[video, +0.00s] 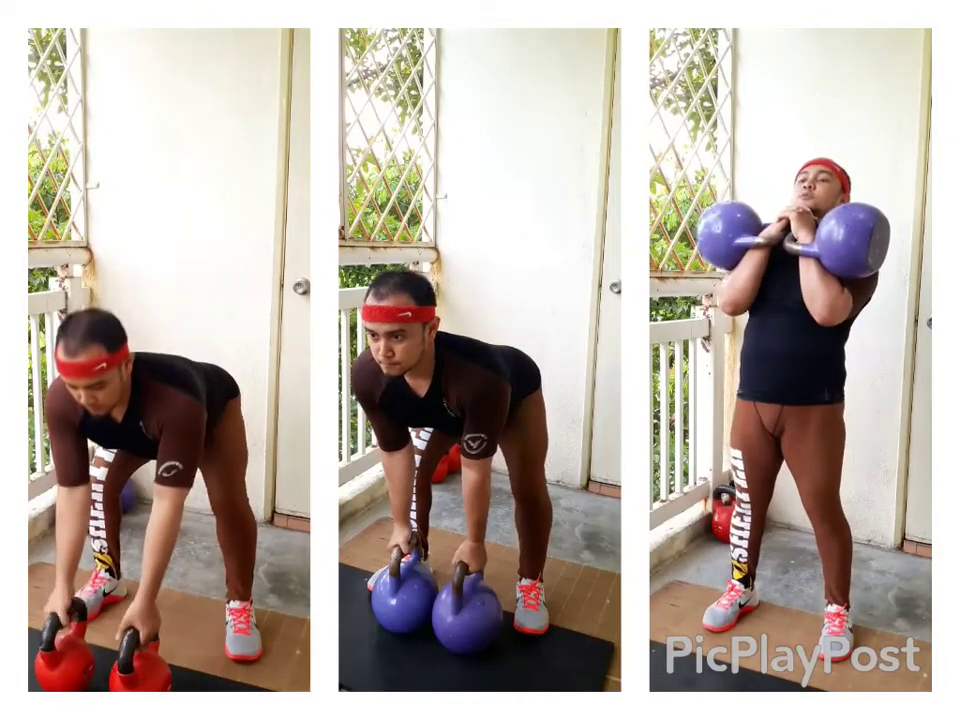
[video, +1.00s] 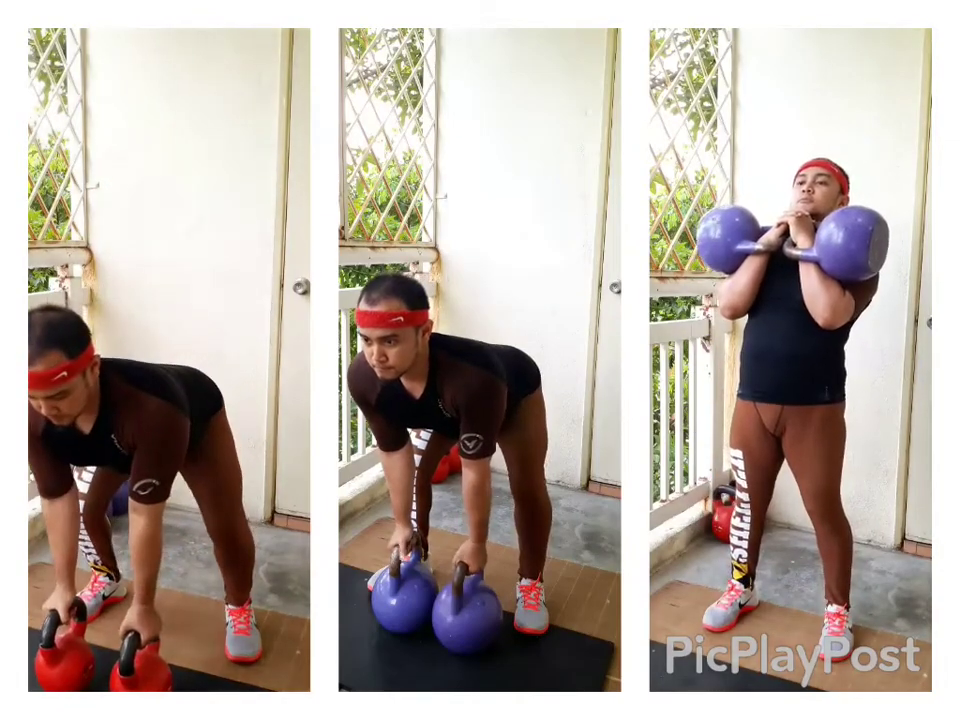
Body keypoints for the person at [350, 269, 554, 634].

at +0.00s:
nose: (383, 350)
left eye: (398, 337)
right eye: (373, 336)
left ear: (431, 330)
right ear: (365, 332)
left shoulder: (479, 381)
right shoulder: (368, 375)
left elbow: (475, 470)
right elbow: (395, 452)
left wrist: (475, 541)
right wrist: (400, 525)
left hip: (510, 388)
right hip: (449, 400)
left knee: (528, 488)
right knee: (418, 469)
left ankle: (530, 582)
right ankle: (414, 552)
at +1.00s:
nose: (377, 355)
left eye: (391, 342)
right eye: (367, 341)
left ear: (425, 332)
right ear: (359, 336)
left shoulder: (473, 381)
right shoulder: (363, 378)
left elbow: (475, 472)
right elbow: (394, 451)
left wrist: (476, 541)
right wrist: (402, 523)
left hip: (511, 389)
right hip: (449, 402)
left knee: (528, 488)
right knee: (418, 473)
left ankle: (531, 582)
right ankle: (413, 554)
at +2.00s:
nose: (390, 345)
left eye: (404, 330)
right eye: (380, 330)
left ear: (436, 322)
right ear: (372, 326)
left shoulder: (485, 371)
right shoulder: (375, 368)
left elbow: (504, 447)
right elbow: (399, 432)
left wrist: (481, 523)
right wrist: (404, 500)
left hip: (512, 397)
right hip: (448, 406)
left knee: (529, 489)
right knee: (410, 473)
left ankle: (529, 584)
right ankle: (406, 561)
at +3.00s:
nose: (394, 326)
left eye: (407, 311)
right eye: (384, 311)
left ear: (440, 303)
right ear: (377, 306)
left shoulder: (487, 341)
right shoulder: (378, 346)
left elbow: (532, 402)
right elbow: (398, 397)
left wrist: (493, 473)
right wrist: (406, 458)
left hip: (513, 404)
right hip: (452, 406)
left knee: (534, 486)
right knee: (408, 474)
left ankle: (531, 580)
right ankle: (411, 558)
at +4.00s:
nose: (392, 361)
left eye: (405, 348)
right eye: (382, 347)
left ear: (437, 338)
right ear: (374, 343)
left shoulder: (487, 380)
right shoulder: (376, 375)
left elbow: (491, 463)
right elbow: (399, 447)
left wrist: (479, 533)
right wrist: (410, 514)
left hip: (516, 390)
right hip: (449, 399)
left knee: (531, 486)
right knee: (416, 468)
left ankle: (531, 583)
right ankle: (410, 562)